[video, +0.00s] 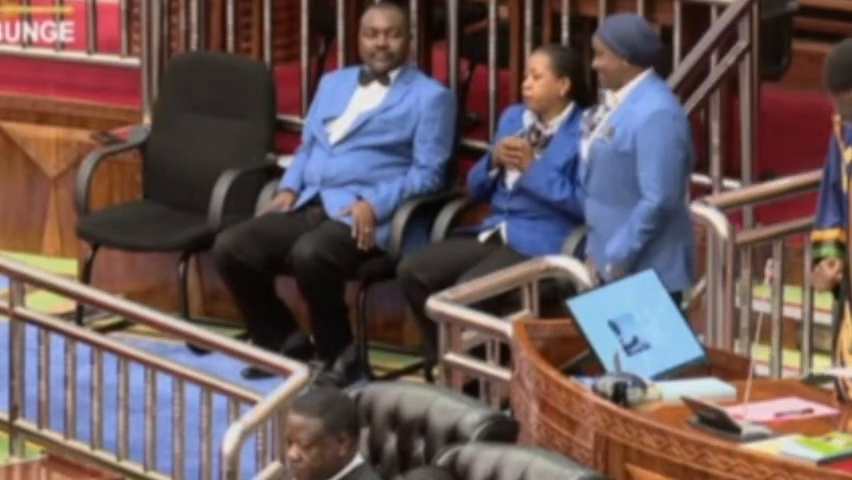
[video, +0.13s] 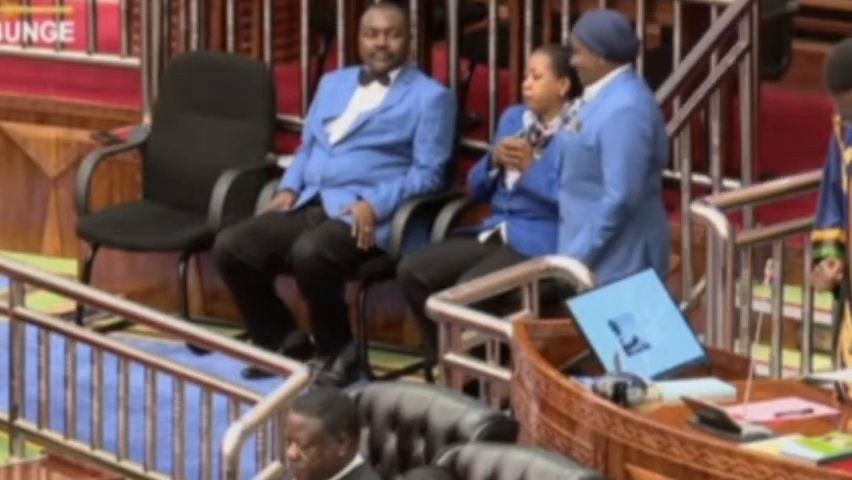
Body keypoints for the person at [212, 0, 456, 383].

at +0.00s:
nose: (381, 43)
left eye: (391, 34)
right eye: (372, 34)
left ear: (407, 40)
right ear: (359, 39)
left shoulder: (430, 97)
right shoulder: (333, 83)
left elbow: (429, 174)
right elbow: (308, 150)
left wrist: (374, 205)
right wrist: (288, 189)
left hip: (367, 215)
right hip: (313, 207)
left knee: (311, 256)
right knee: (233, 249)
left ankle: (339, 359)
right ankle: (282, 343)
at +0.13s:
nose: (381, 43)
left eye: (391, 34)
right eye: (372, 34)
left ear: (407, 40)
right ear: (359, 39)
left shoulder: (430, 97)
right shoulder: (333, 83)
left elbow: (429, 174)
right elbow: (308, 149)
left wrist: (375, 205)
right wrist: (288, 190)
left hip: (366, 215)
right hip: (312, 207)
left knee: (311, 254)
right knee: (232, 247)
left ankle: (339, 356)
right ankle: (282, 342)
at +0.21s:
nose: (381, 43)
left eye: (391, 34)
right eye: (372, 34)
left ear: (407, 40)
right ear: (359, 39)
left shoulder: (430, 97)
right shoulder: (333, 83)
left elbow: (429, 174)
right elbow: (308, 150)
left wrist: (375, 205)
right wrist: (288, 189)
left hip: (366, 215)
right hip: (312, 207)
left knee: (311, 253)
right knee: (233, 246)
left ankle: (338, 355)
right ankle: (281, 341)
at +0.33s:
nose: (381, 43)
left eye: (391, 34)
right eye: (372, 34)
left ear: (407, 40)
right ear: (359, 39)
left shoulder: (430, 97)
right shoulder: (333, 83)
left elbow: (429, 174)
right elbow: (308, 150)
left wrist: (375, 205)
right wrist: (288, 190)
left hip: (364, 214)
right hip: (310, 206)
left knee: (311, 251)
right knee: (233, 244)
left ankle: (338, 353)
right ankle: (280, 339)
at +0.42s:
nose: (381, 43)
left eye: (391, 34)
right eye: (372, 34)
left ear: (407, 40)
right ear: (359, 39)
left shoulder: (430, 97)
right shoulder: (333, 83)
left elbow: (429, 174)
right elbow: (308, 150)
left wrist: (375, 205)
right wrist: (288, 190)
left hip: (364, 213)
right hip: (310, 206)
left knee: (310, 249)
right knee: (233, 243)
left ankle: (339, 353)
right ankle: (280, 338)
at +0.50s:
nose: (381, 43)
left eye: (391, 34)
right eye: (372, 34)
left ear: (407, 40)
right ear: (359, 39)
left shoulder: (430, 97)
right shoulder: (333, 83)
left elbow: (429, 174)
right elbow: (308, 150)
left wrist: (375, 204)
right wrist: (288, 189)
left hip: (364, 213)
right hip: (310, 206)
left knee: (310, 249)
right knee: (233, 242)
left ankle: (340, 351)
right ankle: (280, 337)